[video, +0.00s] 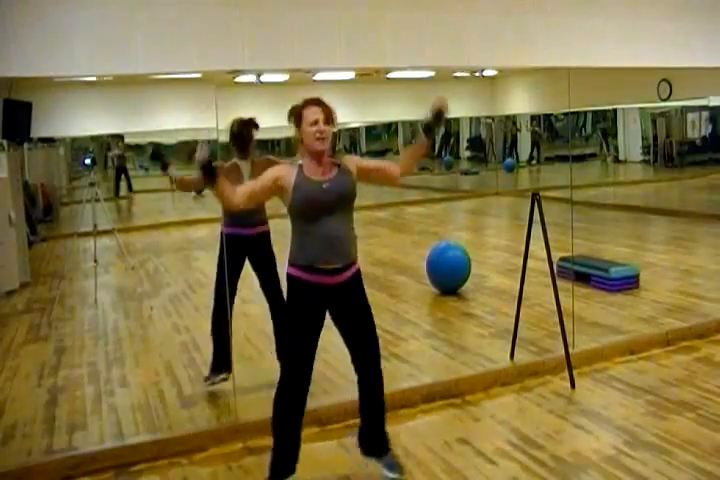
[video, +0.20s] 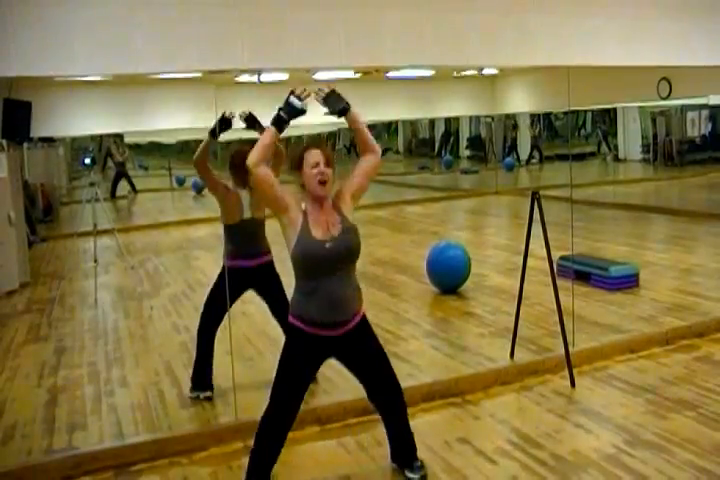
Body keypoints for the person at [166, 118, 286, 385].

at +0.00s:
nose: (247, 143)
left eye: (240, 138)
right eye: (250, 138)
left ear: (231, 142)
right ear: (253, 141)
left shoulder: (223, 171)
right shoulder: (268, 165)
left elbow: (191, 184)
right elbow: (296, 170)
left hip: (232, 238)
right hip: (259, 237)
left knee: (223, 300)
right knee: (276, 297)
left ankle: (221, 365)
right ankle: (289, 357)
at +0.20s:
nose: (236, 168)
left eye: (234, 165)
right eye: (245, 163)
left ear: (231, 170)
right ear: (255, 169)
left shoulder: (226, 194)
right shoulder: (264, 191)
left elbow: (200, 163)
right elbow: (280, 155)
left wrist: (213, 135)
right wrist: (260, 128)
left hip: (235, 271)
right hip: (264, 268)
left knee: (208, 325)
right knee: (287, 319)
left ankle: (202, 385)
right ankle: (308, 370)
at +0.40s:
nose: (246, 144)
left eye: (237, 139)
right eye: (249, 139)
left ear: (230, 144)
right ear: (252, 142)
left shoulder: (222, 171)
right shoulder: (267, 167)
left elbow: (192, 181)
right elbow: (293, 182)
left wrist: (172, 174)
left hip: (233, 239)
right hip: (259, 237)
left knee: (222, 302)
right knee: (274, 297)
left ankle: (218, 369)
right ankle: (293, 357)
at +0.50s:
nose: (250, 148)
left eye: (242, 144)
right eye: (251, 143)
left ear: (229, 147)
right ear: (252, 145)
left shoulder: (223, 180)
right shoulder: (265, 176)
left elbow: (205, 213)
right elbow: (284, 201)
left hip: (231, 245)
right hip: (260, 242)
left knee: (230, 306)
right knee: (264, 302)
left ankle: (238, 368)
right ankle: (272, 360)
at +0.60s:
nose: (239, 162)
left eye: (233, 158)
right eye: (245, 157)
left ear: (230, 160)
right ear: (251, 159)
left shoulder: (226, 193)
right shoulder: (264, 189)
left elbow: (223, 235)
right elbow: (273, 226)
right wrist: (277, 254)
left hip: (235, 259)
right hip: (261, 257)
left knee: (234, 316)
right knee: (259, 312)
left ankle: (245, 373)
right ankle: (265, 370)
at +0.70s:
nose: (242, 152)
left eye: (236, 148)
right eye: (245, 147)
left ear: (230, 152)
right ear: (252, 150)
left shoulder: (226, 185)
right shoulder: (265, 182)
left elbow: (218, 226)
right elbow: (276, 216)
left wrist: (200, 253)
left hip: (234, 251)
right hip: (261, 249)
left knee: (232, 309)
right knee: (264, 306)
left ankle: (242, 371)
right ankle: (267, 369)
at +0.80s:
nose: (240, 139)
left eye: (235, 134)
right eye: (246, 134)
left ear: (231, 138)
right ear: (254, 137)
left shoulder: (223, 170)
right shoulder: (268, 166)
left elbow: (201, 201)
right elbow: (282, 197)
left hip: (232, 241)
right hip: (261, 240)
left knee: (229, 302)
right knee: (268, 298)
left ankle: (233, 365)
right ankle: (274, 358)